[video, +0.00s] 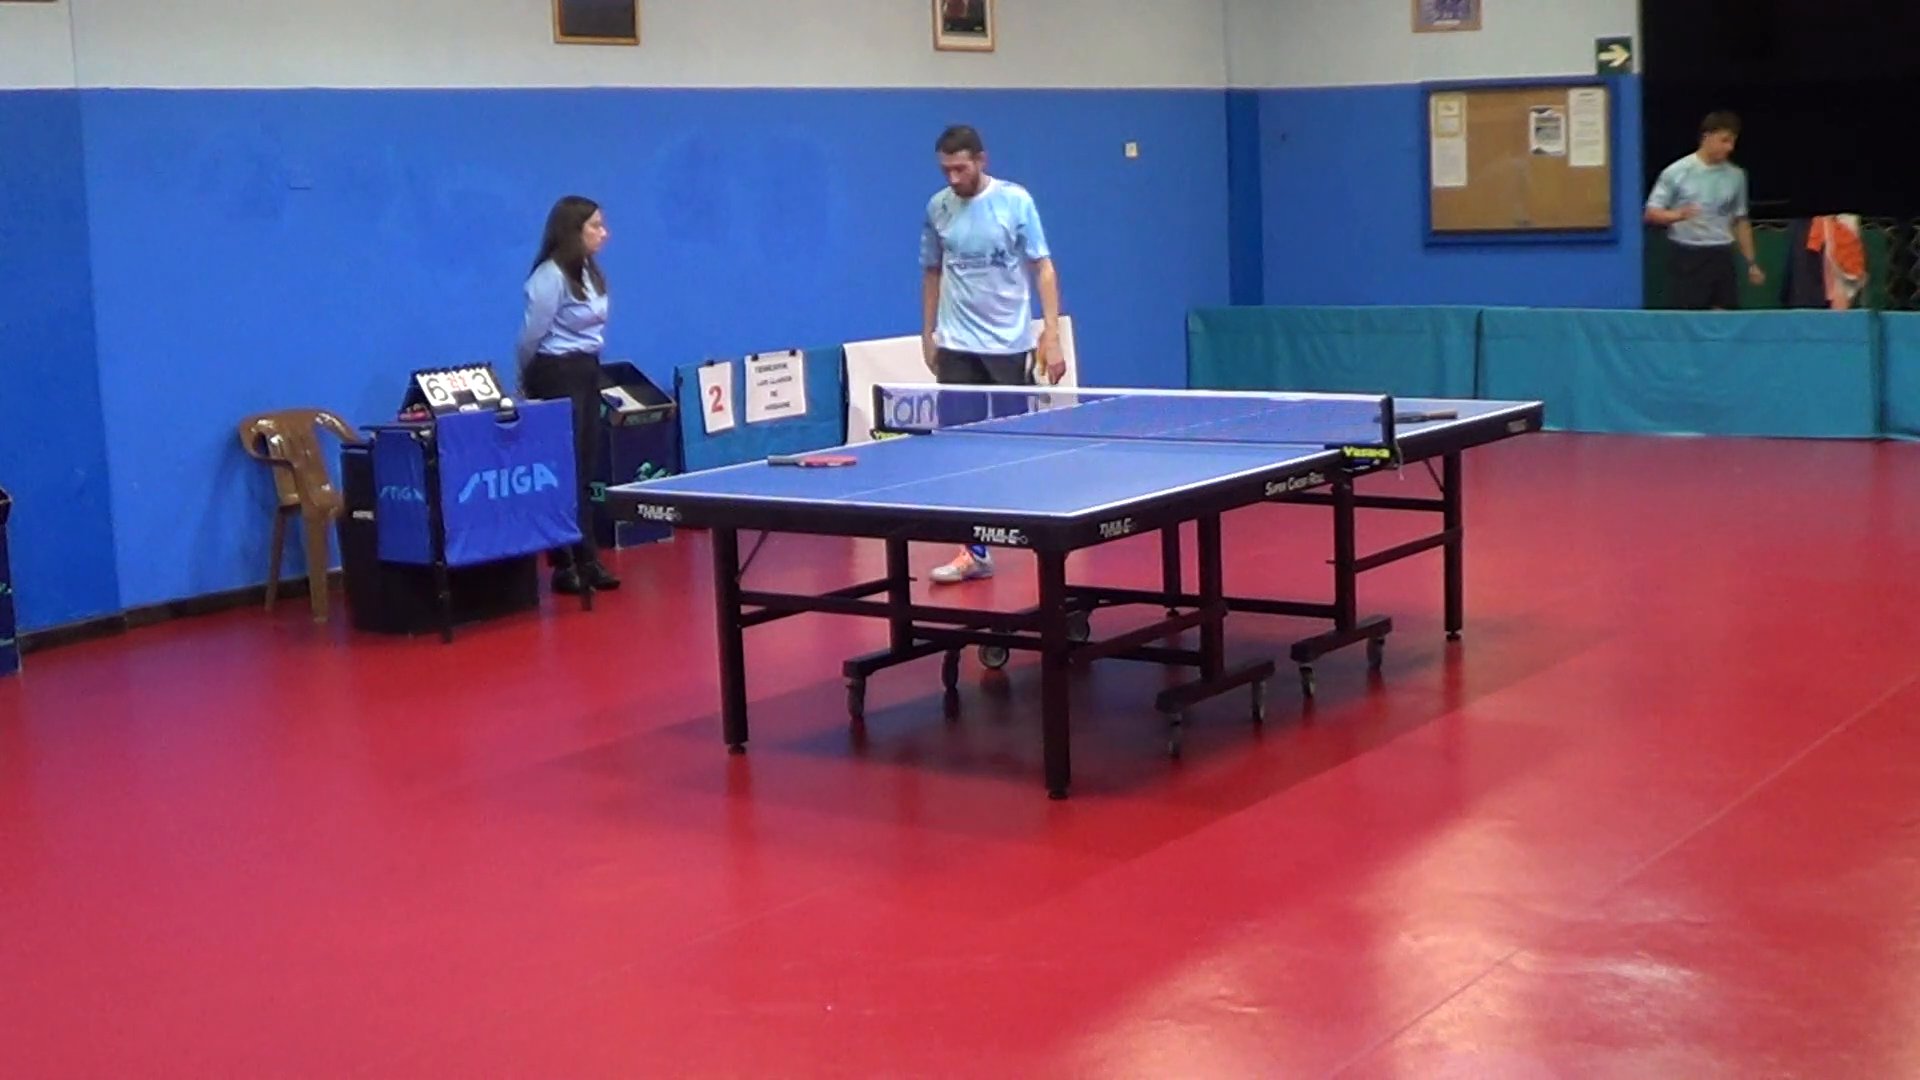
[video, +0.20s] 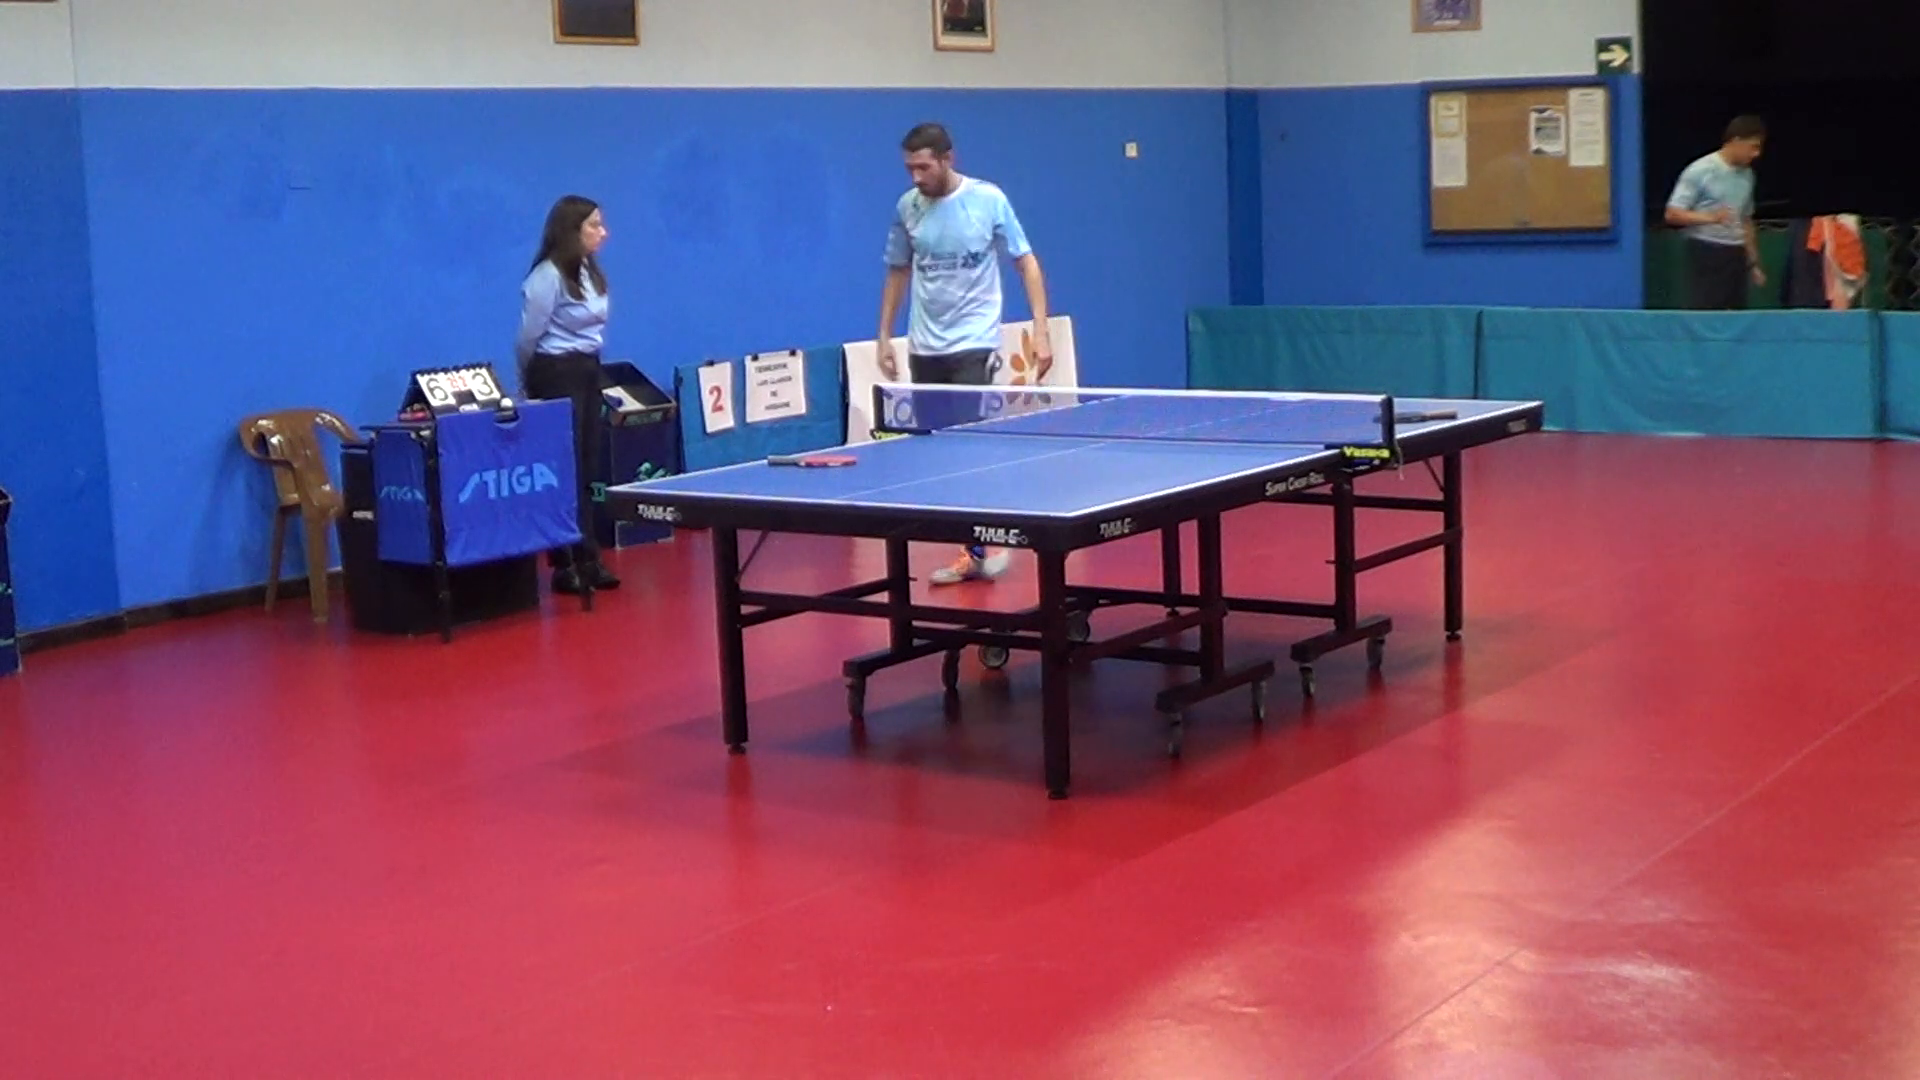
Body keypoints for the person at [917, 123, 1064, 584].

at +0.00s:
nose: (952, 178)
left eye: (959, 169)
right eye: (946, 170)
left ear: (981, 161)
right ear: (942, 167)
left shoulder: (1015, 200)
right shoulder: (938, 206)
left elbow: (1044, 267)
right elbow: (931, 271)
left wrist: (1051, 335)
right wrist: (928, 332)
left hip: (1009, 347)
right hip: (955, 347)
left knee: (1014, 444)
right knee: (959, 446)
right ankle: (975, 549)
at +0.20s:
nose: (916, 176)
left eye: (922, 167)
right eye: (910, 169)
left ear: (947, 161)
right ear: (909, 167)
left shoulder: (988, 199)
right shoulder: (907, 207)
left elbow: (1027, 262)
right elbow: (898, 269)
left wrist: (1040, 330)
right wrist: (883, 335)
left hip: (975, 347)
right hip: (924, 349)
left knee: (971, 448)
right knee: (939, 450)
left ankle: (982, 545)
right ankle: (980, 545)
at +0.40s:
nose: (880, 181)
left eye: (887, 172)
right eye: (877, 173)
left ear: (916, 169)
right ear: (882, 173)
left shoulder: (960, 211)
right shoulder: (877, 214)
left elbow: (994, 276)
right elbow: (858, 277)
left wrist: (1006, 349)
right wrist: (833, 337)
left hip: (944, 361)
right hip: (897, 361)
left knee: (917, 461)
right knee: (937, 459)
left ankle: (918, 566)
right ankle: (976, 548)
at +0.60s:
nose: (843, 173)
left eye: (849, 164)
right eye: (841, 165)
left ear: (880, 162)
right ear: (852, 165)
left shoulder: (926, 211)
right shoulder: (846, 209)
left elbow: (951, 286)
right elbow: (835, 274)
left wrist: (955, 363)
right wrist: (808, 336)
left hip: (912, 362)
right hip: (859, 362)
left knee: (919, 463)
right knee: (867, 467)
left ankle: (947, 542)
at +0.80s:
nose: (790, 169)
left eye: (796, 159)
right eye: (788, 159)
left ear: (823, 155)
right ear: (814, 157)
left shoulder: (879, 205)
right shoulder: (812, 205)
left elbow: (902, 284)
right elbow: (819, 279)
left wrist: (878, 362)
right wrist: (801, 336)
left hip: (870, 367)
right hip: (818, 363)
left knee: (878, 471)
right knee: (787, 455)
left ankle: (905, 577)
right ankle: (851, 558)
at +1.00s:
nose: (727, 178)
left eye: (732, 169)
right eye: (728, 169)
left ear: (754, 167)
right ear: (756, 168)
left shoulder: (812, 215)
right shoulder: (761, 221)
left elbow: (832, 291)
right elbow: (780, 299)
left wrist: (796, 357)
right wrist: (769, 363)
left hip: (825, 381)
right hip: (772, 381)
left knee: (860, 487)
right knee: (756, 493)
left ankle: (904, 584)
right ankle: (722, 600)